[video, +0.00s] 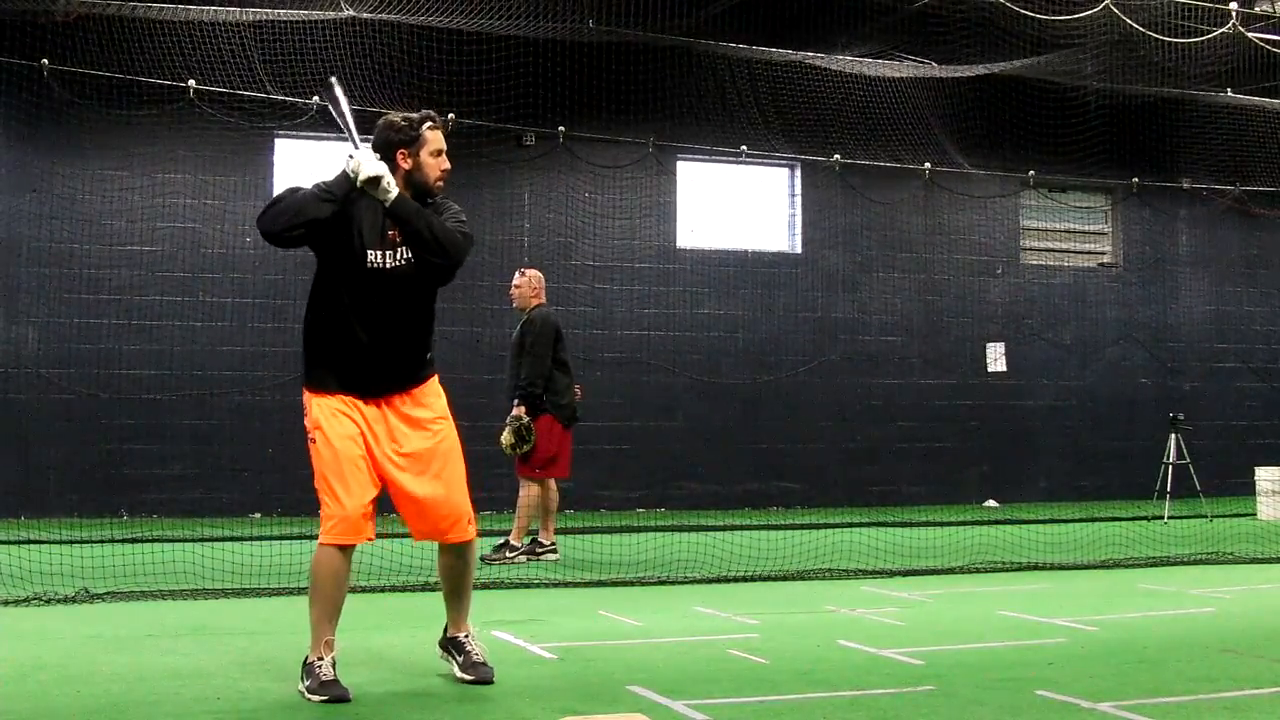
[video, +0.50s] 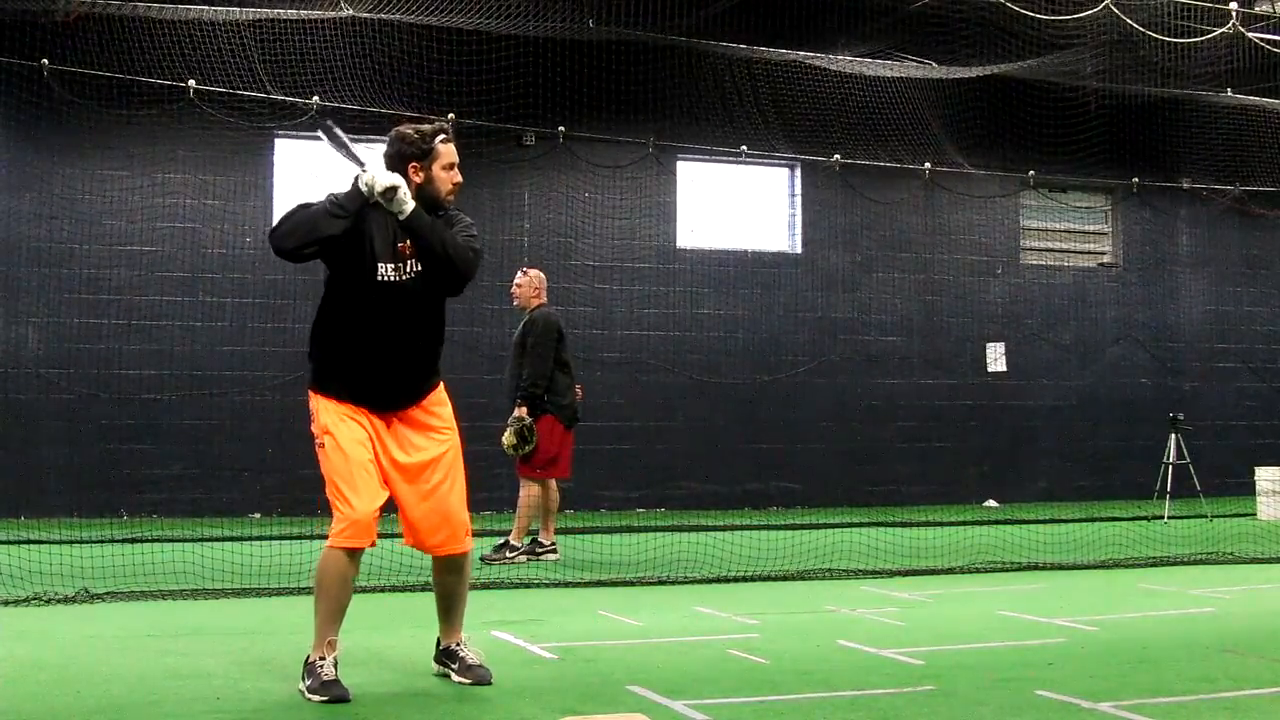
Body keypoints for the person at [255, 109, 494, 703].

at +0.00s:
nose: (446, 163)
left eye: (445, 153)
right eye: (438, 154)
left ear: (416, 157)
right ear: (404, 158)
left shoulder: (441, 216)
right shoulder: (343, 206)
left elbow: (450, 254)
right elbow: (272, 223)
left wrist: (393, 196)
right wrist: (344, 182)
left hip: (415, 393)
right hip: (339, 395)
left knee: (457, 526)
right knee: (345, 522)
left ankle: (459, 634)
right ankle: (320, 657)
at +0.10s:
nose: (448, 166)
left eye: (447, 157)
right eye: (439, 158)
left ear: (417, 160)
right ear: (404, 161)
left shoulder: (441, 217)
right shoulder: (342, 206)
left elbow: (453, 253)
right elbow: (272, 224)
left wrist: (396, 195)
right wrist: (346, 183)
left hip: (413, 394)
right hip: (338, 395)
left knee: (457, 525)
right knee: (342, 523)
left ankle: (458, 636)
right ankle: (320, 657)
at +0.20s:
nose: (452, 169)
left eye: (451, 160)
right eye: (443, 161)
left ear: (422, 163)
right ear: (409, 164)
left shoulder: (445, 219)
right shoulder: (347, 209)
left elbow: (459, 255)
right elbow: (276, 227)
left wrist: (401, 196)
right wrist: (351, 187)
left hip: (417, 396)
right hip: (342, 396)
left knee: (454, 528)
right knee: (348, 519)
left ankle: (454, 642)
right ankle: (321, 657)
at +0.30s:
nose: (456, 173)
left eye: (455, 163)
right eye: (447, 164)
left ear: (429, 167)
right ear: (412, 167)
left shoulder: (449, 221)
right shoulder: (353, 212)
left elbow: (461, 258)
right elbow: (282, 231)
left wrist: (406, 199)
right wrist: (355, 189)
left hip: (422, 397)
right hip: (347, 398)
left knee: (455, 527)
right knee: (354, 517)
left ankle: (453, 643)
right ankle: (321, 657)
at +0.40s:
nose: (458, 174)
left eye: (458, 164)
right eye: (449, 165)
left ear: (431, 169)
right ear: (415, 169)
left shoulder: (452, 222)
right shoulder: (356, 214)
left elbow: (463, 261)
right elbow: (284, 235)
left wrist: (410, 203)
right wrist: (357, 192)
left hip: (423, 399)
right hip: (348, 399)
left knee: (454, 527)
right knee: (357, 518)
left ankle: (452, 644)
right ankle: (321, 657)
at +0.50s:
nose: (457, 176)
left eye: (457, 166)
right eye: (449, 167)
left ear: (429, 170)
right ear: (414, 171)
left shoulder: (451, 224)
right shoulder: (355, 215)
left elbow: (460, 272)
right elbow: (284, 239)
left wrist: (409, 210)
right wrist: (354, 197)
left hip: (420, 400)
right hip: (344, 399)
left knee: (452, 530)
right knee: (357, 520)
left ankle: (451, 644)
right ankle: (321, 657)